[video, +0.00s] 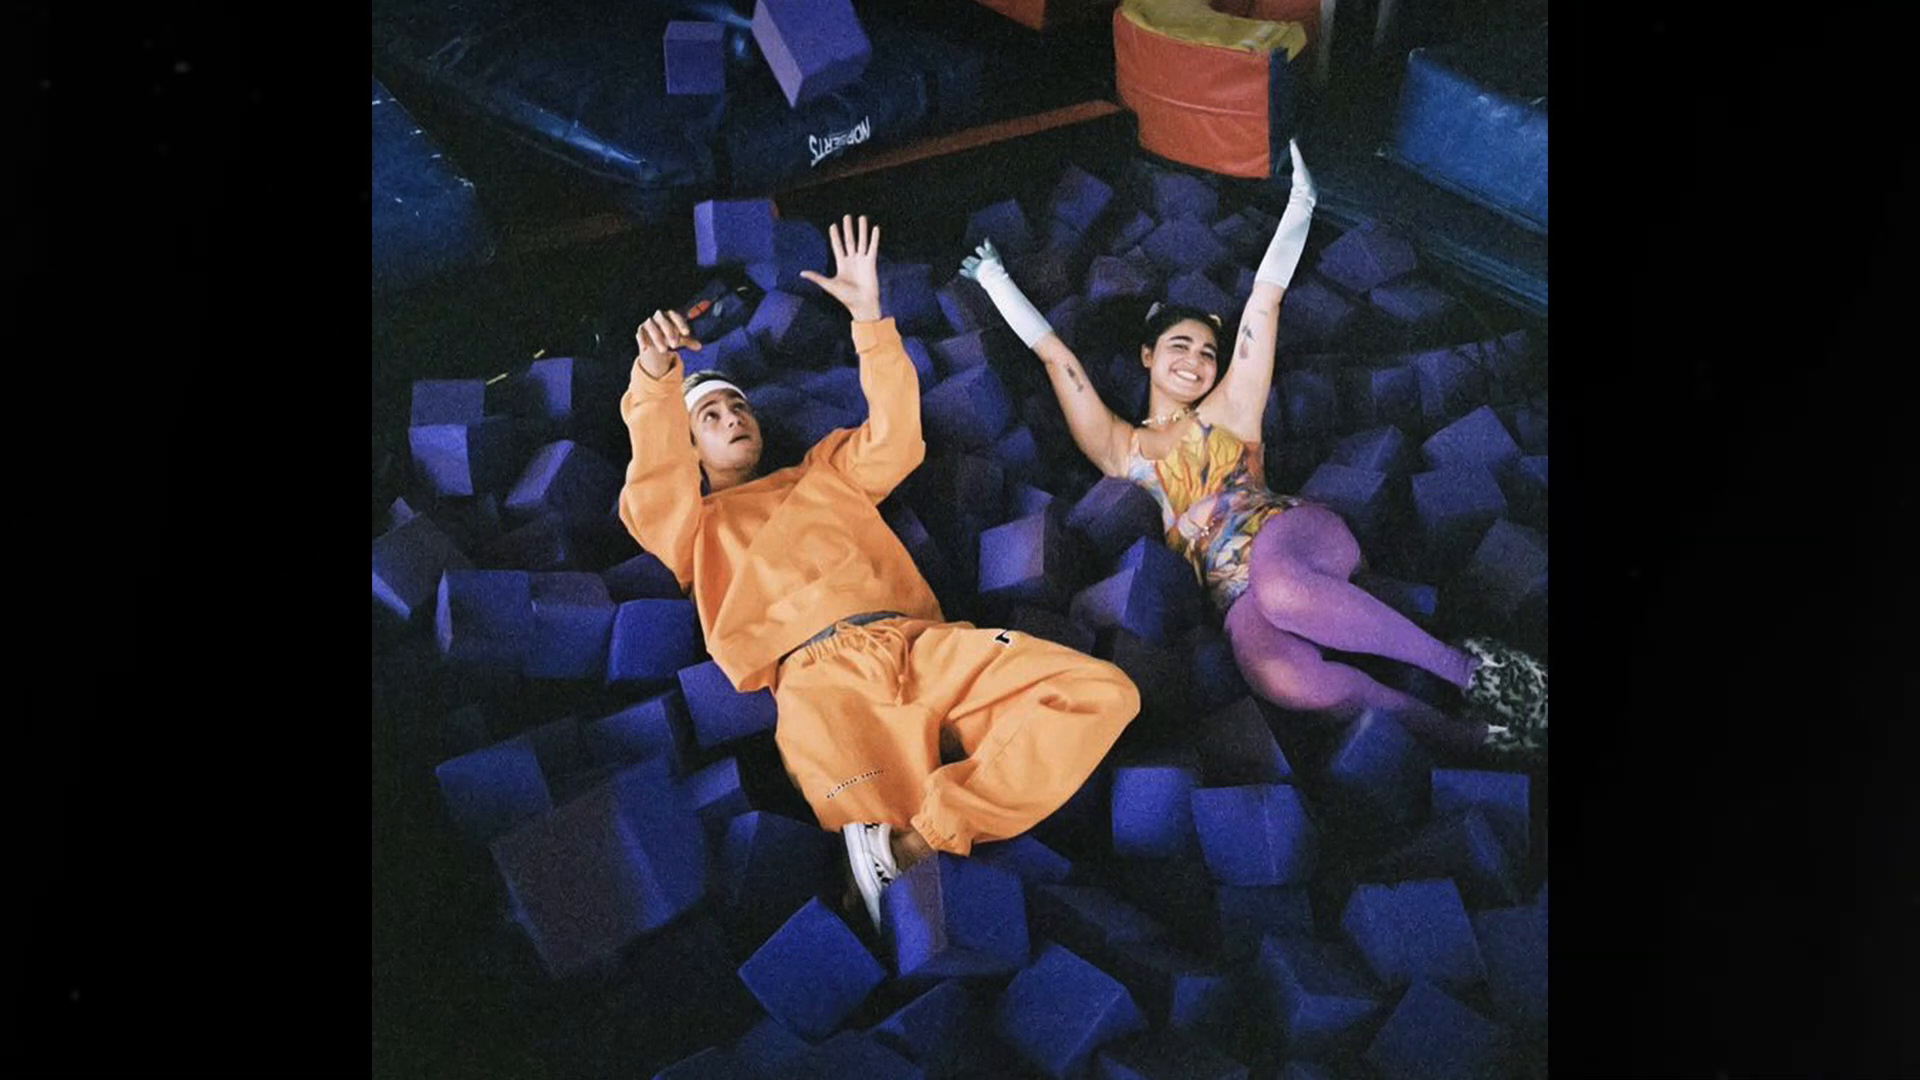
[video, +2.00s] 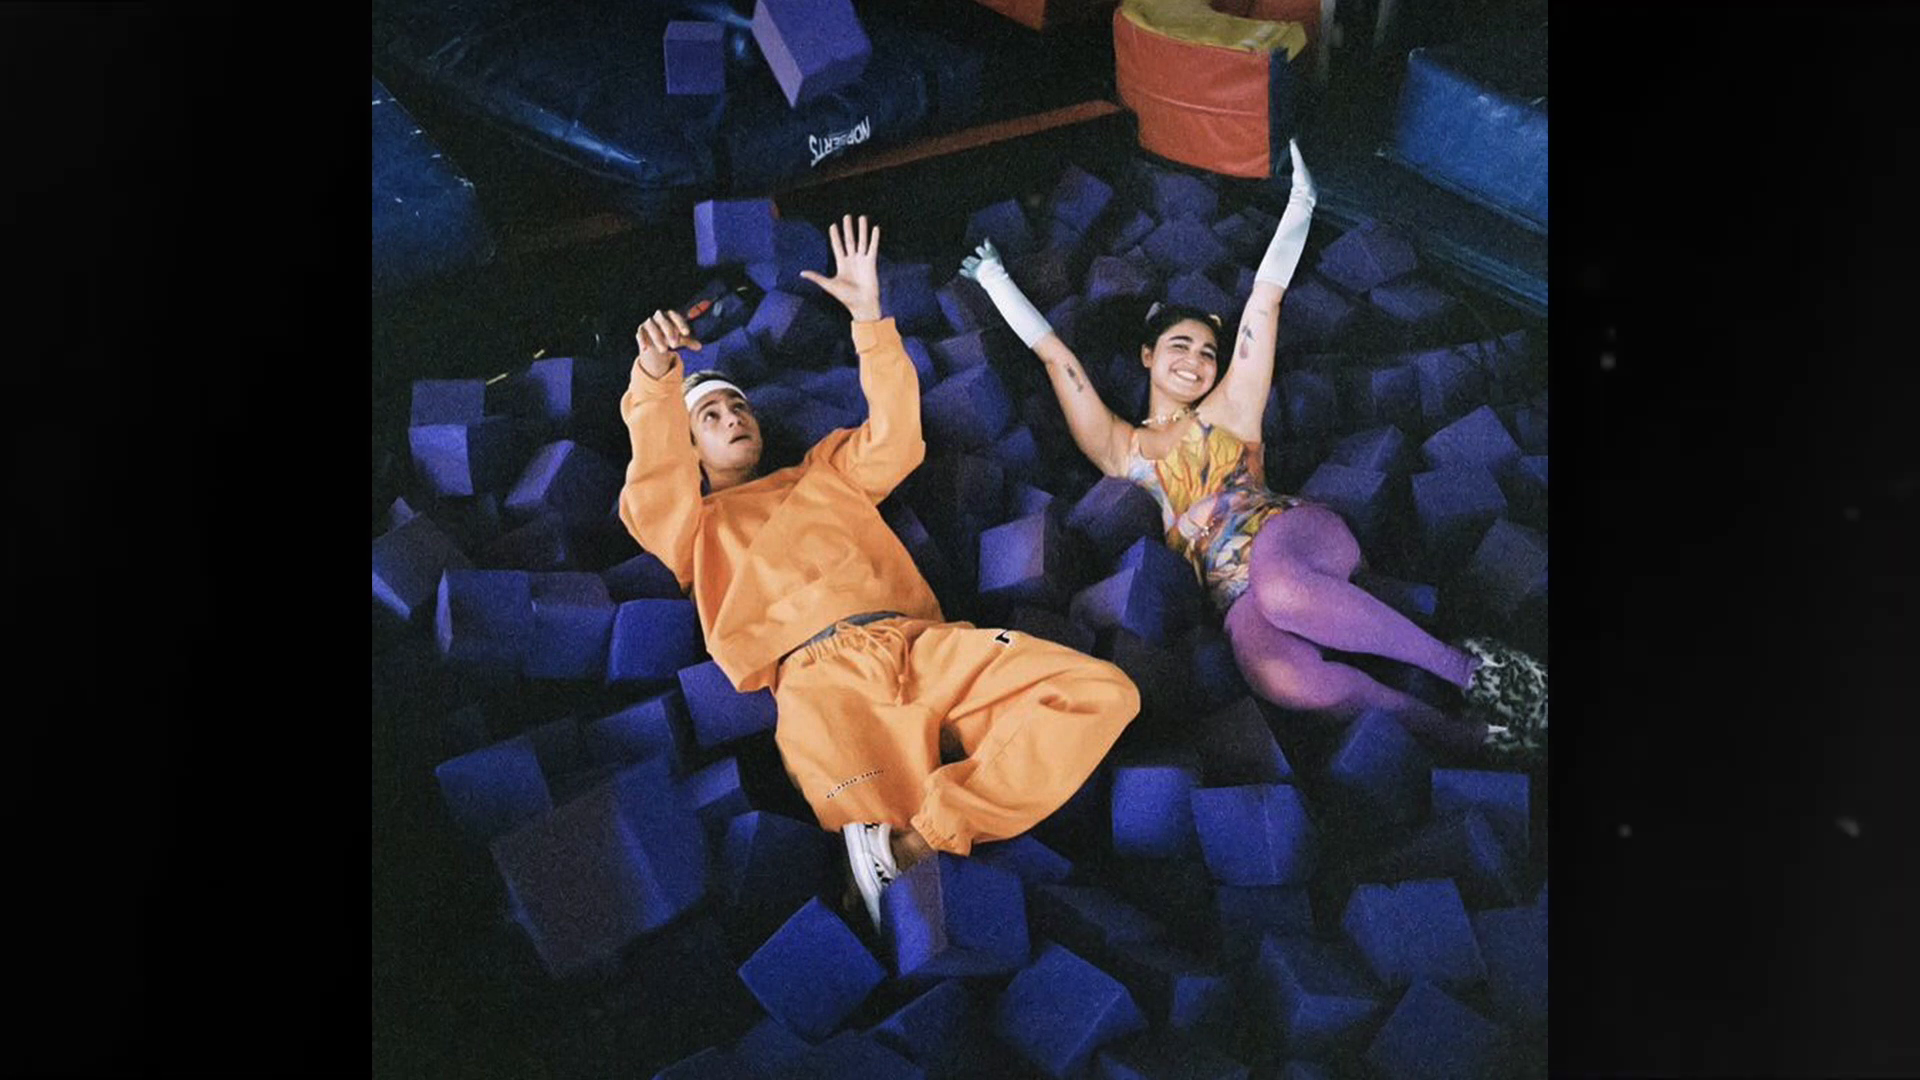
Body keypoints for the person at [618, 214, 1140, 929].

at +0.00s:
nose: (730, 418)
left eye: (738, 407)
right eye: (709, 415)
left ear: (761, 426)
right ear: (688, 448)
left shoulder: (827, 468)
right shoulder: (695, 525)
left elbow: (895, 435)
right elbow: (654, 477)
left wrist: (868, 317)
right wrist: (655, 373)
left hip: (918, 640)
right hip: (819, 673)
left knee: (1094, 692)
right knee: (880, 827)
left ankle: (917, 841)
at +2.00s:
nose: (731, 418)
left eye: (738, 407)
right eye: (709, 415)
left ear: (760, 425)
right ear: (688, 449)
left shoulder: (827, 468)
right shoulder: (696, 525)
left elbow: (895, 436)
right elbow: (655, 477)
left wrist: (868, 317)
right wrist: (655, 373)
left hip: (918, 641)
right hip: (820, 673)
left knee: (1094, 692)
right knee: (883, 832)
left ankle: (916, 841)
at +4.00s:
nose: (731, 418)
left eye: (738, 406)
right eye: (709, 415)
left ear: (759, 424)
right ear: (687, 448)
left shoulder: (827, 468)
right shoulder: (695, 524)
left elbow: (895, 436)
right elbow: (654, 476)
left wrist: (868, 317)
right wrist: (655, 372)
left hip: (918, 640)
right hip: (820, 672)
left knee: (1094, 692)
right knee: (880, 828)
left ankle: (918, 840)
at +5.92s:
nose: (731, 418)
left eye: (738, 407)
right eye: (709, 415)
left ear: (760, 425)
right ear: (688, 449)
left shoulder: (827, 468)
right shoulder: (696, 525)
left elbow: (895, 436)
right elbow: (655, 477)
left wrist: (868, 317)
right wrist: (655, 373)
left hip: (917, 641)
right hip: (820, 673)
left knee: (1094, 692)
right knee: (883, 831)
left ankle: (917, 841)